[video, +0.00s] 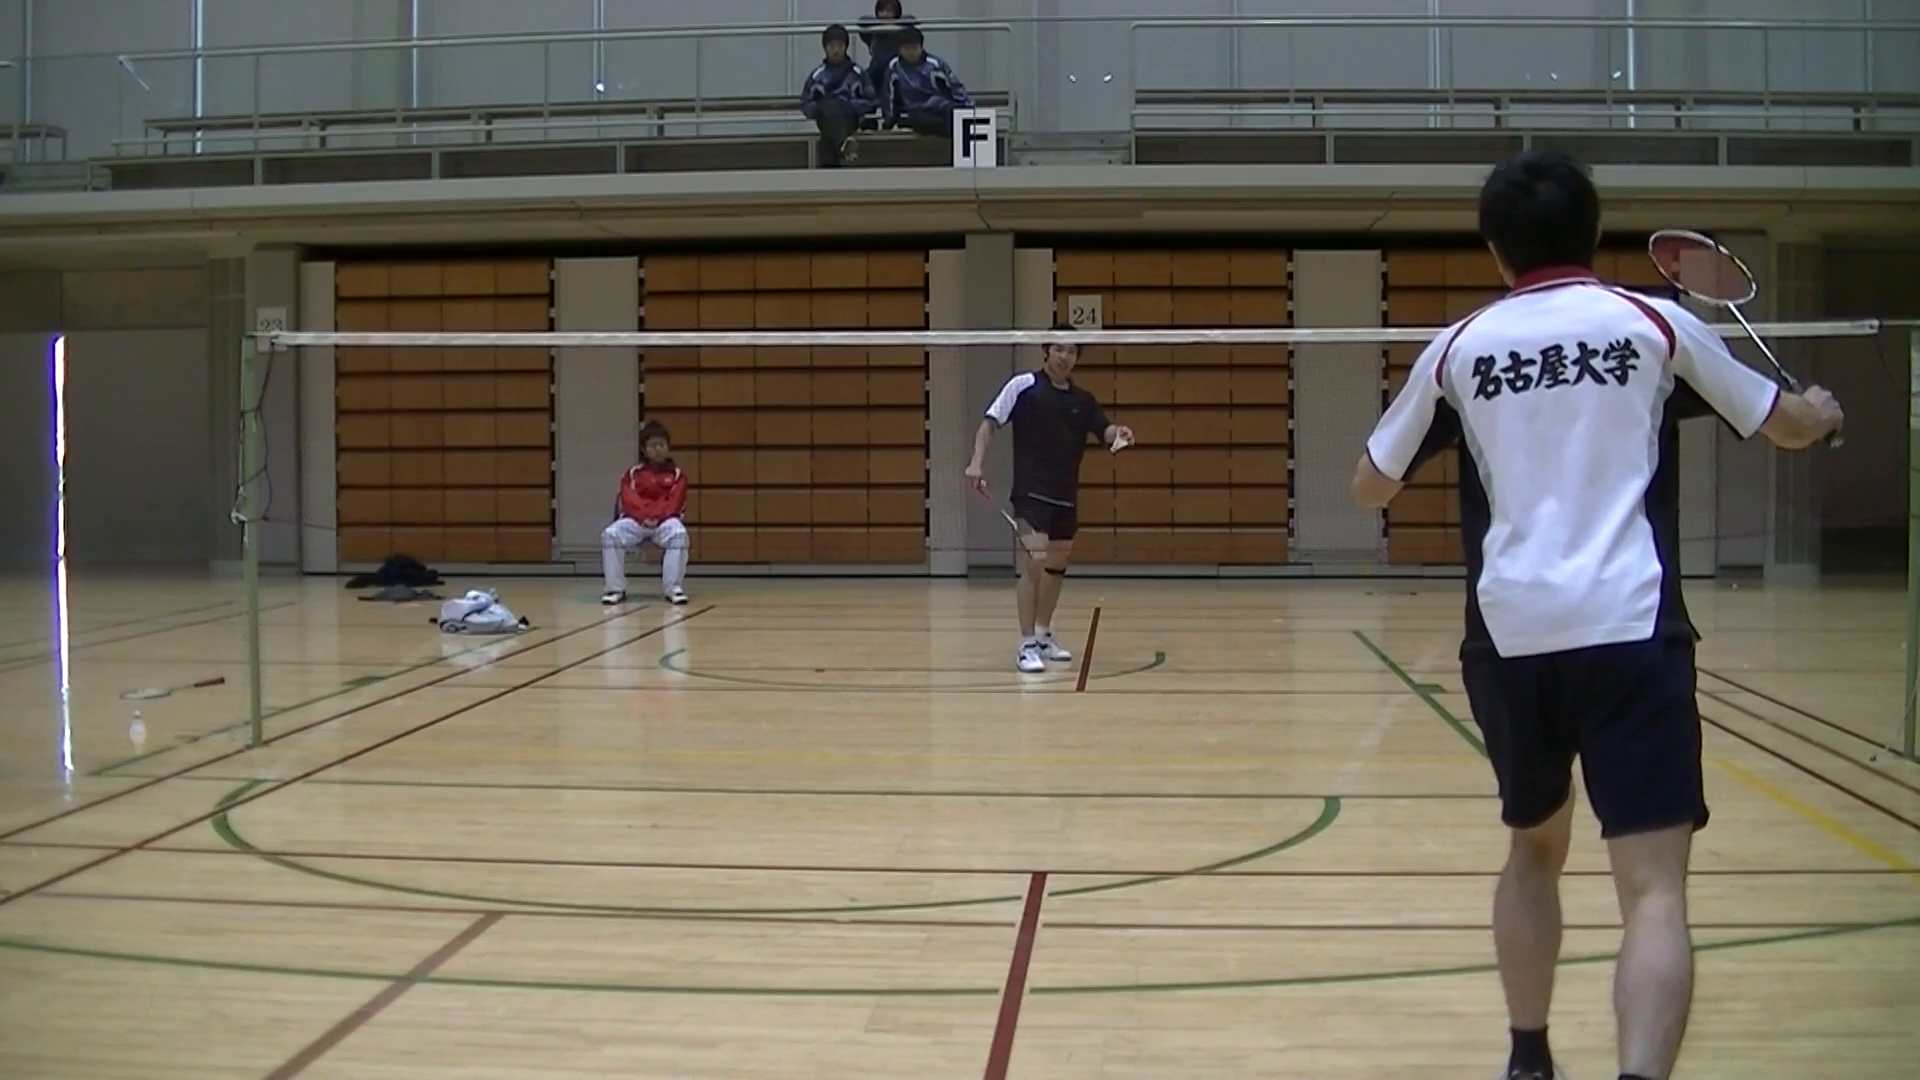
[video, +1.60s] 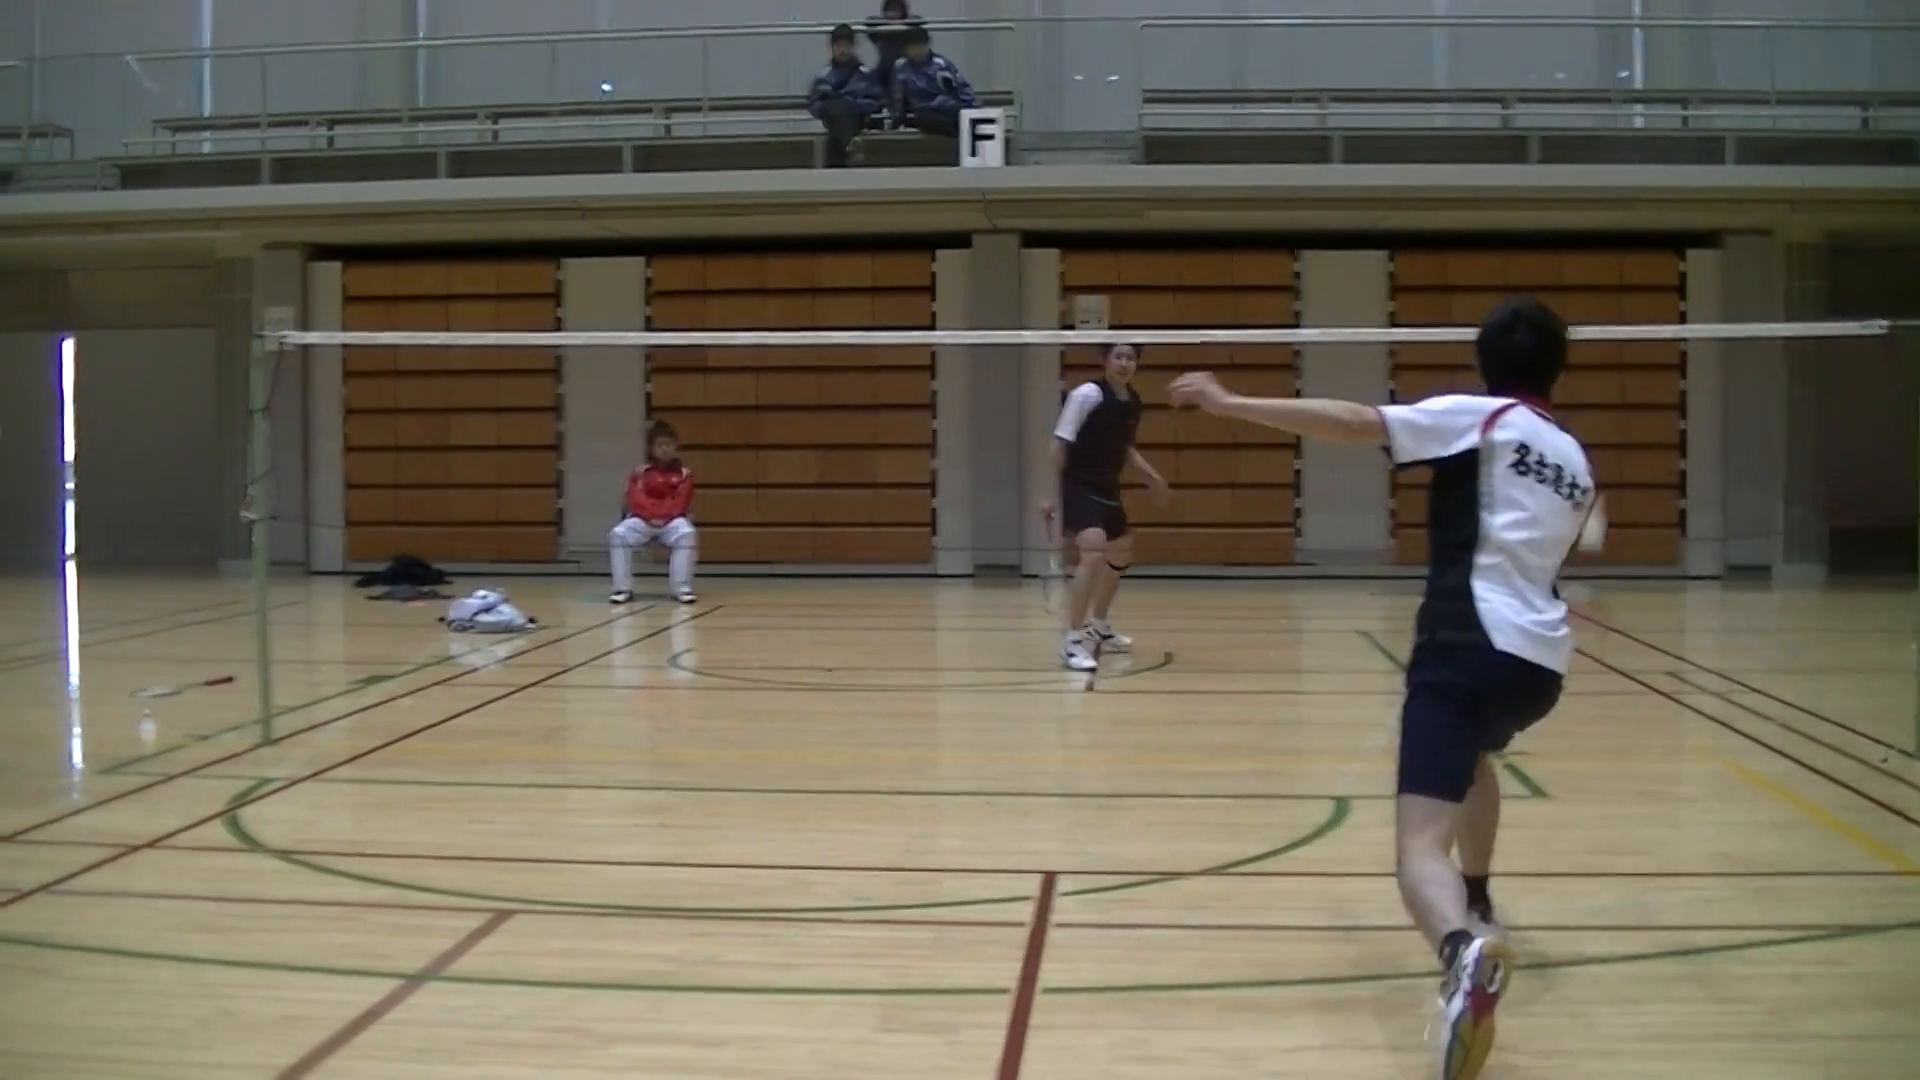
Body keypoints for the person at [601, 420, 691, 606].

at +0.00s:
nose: (658, 450)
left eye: (661, 445)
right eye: (652, 446)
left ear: (668, 447)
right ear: (644, 450)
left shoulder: (677, 475)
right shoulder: (633, 473)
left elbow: (674, 504)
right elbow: (628, 500)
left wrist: (656, 517)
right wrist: (644, 516)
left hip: (664, 520)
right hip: (635, 520)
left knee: (679, 535)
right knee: (610, 535)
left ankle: (673, 587)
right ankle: (615, 589)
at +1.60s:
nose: (664, 449)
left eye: (669, 444)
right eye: (659, 445)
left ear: (676, 447)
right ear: (651, 449)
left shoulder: (683, 475)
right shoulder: (640, 473)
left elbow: (680, 505)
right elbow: (635, 500)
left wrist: (660, 516)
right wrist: (652, 515)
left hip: (671, 519)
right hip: (643, 519)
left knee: (687, 534)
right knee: (618, 535)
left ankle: (682, 587)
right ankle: (622, 589)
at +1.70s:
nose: (697, 449)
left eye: (702, 444)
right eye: (692, 444)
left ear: (708, 447)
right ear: (683, 449)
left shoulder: (716, 475)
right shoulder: (673, 473)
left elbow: (713, 506)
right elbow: (668, 503)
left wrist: (691, 515)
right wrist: (684, 517)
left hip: (704, 520)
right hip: (676, 520)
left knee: (718, 534)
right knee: (651, 534)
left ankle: (714, 587)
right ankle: (654, 589)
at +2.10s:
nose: (674, 448)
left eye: (678, 443)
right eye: (668, 443)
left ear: (684, 445)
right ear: (659, 448)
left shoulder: (691, 473)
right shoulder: (648, 471)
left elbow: (689, 502)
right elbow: (643, 498)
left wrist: (671, 516)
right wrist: (661, 513)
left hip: (680, 518)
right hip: (651, 518)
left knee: (695, 534)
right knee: (627, 533)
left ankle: (688, 585)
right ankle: (631, 588)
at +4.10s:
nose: (656, 450)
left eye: (660, 445)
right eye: (651, 446)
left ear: (666, 448)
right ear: (642, 450)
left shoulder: (675, 475)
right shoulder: (631, 474)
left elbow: (672, 504)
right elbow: (626, 500)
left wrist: (655, 518)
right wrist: (642, 516)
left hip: (662, 521)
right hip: (633, 521)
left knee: (677, 536)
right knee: (609, 536)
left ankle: (671, 588)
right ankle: (614, 590)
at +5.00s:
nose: (656, 441)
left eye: (660, 436)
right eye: (651, 437)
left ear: (666, 439)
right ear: (642, 442)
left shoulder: (674, 466)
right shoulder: (630, 465)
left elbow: (672, 494)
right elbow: (626, 492)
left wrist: (657, 510)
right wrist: (641, 508)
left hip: (661, 513)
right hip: (633, 512)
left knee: (677, 527)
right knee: (609, 528)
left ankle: (671, 580)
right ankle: (613, 582)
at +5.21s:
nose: (652, 364)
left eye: (656, 358)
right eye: (648, 358)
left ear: (662, 361)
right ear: (641, 361)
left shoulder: (669, 384)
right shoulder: (630, 383)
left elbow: (671, 415)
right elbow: (623, 414)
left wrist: (655, 430)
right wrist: (638, 430)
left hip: (659, 429)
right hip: (631, 428)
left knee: (671, 449)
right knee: (610, 449)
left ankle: (669, 505)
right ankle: (609, 507)